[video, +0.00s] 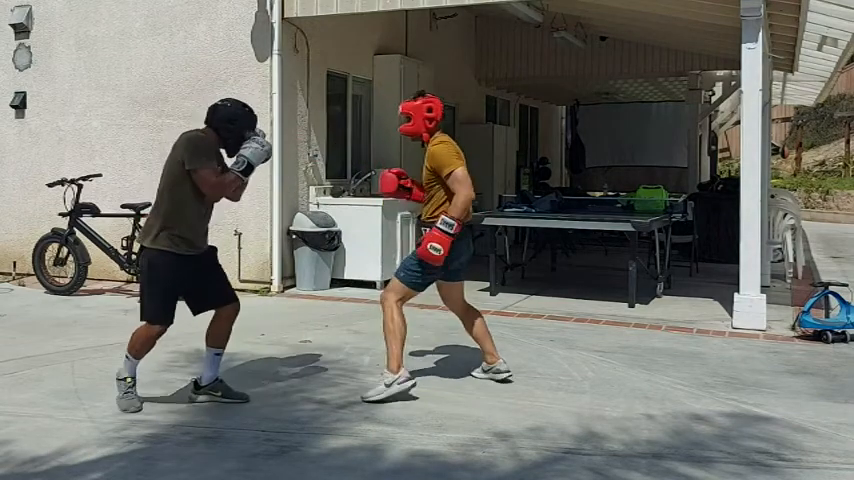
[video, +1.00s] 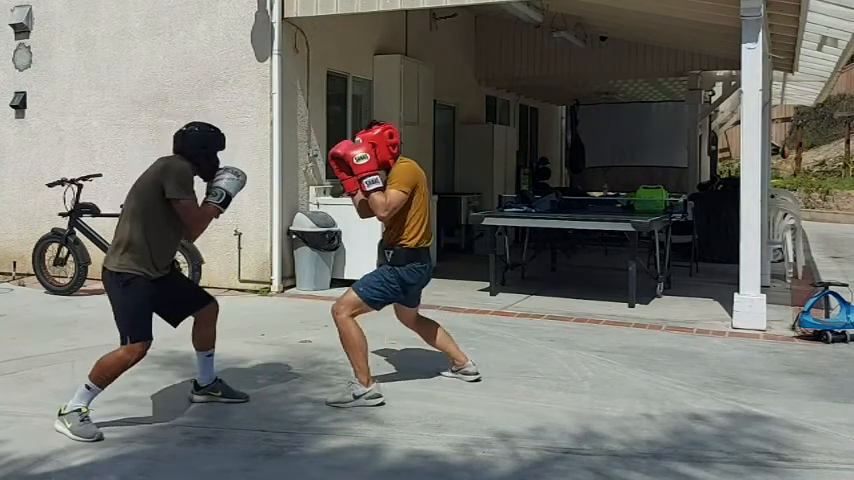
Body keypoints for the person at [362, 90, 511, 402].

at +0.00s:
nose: (405, 123)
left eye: (409, 118)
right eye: (405, 118)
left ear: (425, 119)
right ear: (427, 119)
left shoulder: (440, 147)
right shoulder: (438, 146)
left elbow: (465, 194)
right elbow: (445, 197)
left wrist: (443, 233)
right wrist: (412, 191)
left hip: (441, 236)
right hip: (457, 236)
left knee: (391, 297)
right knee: (456, 301)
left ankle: (396, 373)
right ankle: (494, 362)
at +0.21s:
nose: (403, 114)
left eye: (407, 108)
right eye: (402, 109)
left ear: (425, 107)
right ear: (423, 109)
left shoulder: (441, 133)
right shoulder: (430, 135)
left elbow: (450, 180)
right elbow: (415, 172)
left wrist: (408, 168)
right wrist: (388, 147)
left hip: (435, 229)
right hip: (443, 227)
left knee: (396, 293)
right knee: (458, 298)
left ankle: (379, 371)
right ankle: (492, 359)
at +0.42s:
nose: (379, 129)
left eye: (381, 123)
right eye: (378, 124)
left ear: (396, 123)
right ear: (396, 125)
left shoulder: (419, 147)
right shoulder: (399, 151)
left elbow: (389, 186)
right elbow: (366, 179)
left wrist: (379, 144)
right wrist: (353, 144)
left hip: (420, 243)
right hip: (425, 243)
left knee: (376, 305)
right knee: (438, 308)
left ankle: (367, 385)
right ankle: (486, 357)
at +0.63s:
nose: (355, 133)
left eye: (356, 127)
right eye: (354, 127)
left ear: (368, 126)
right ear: (375, 125)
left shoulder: (396, 144)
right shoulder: (379, 150)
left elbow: (363, 181)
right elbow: (346, 182)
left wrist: (352, 143)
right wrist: (333, 150)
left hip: (412, 242)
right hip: (421, 240)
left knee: (370, 305)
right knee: (417, 300)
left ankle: (366, 385)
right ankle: (468, 351)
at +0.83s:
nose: (360, 141)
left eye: (360, 136)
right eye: (359, 137)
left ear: (371, 135)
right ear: (379, 132)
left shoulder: (397, 152)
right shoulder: (382, 156)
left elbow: (369, 193)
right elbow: (350, 191)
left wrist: (356, 154)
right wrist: (338, 159)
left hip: (407, 250)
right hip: (420, 247)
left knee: (353, 306)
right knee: (411, 305)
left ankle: (365, 384)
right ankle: (459, 359)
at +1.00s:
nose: (368, 154)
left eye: (369, 148)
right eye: (366, 149)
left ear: (383, 147)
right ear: (387, 147)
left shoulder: (405, 169)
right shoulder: (392, 173)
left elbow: (383, 210)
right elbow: (365, 209)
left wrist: (367, 172)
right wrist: (349, 178)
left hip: (404, 265)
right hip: (413, 263)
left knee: (342, 310)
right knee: (409, 316)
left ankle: (365, 386)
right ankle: (463, 363)